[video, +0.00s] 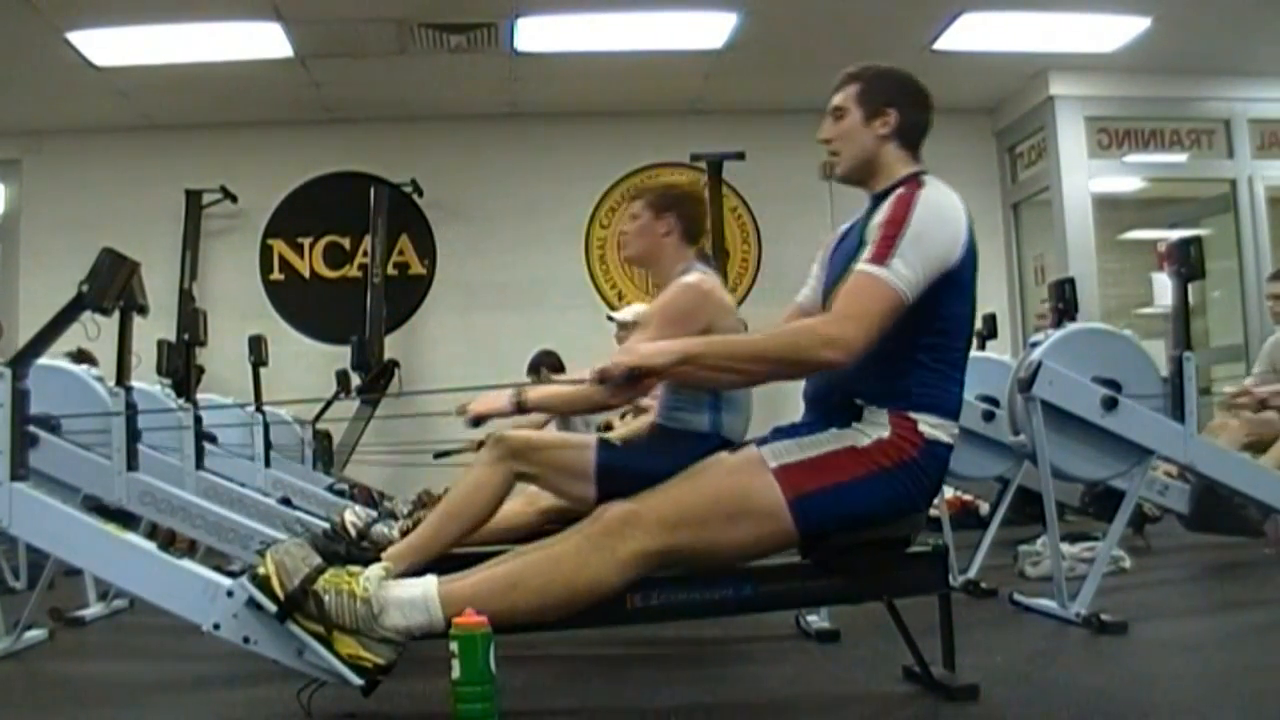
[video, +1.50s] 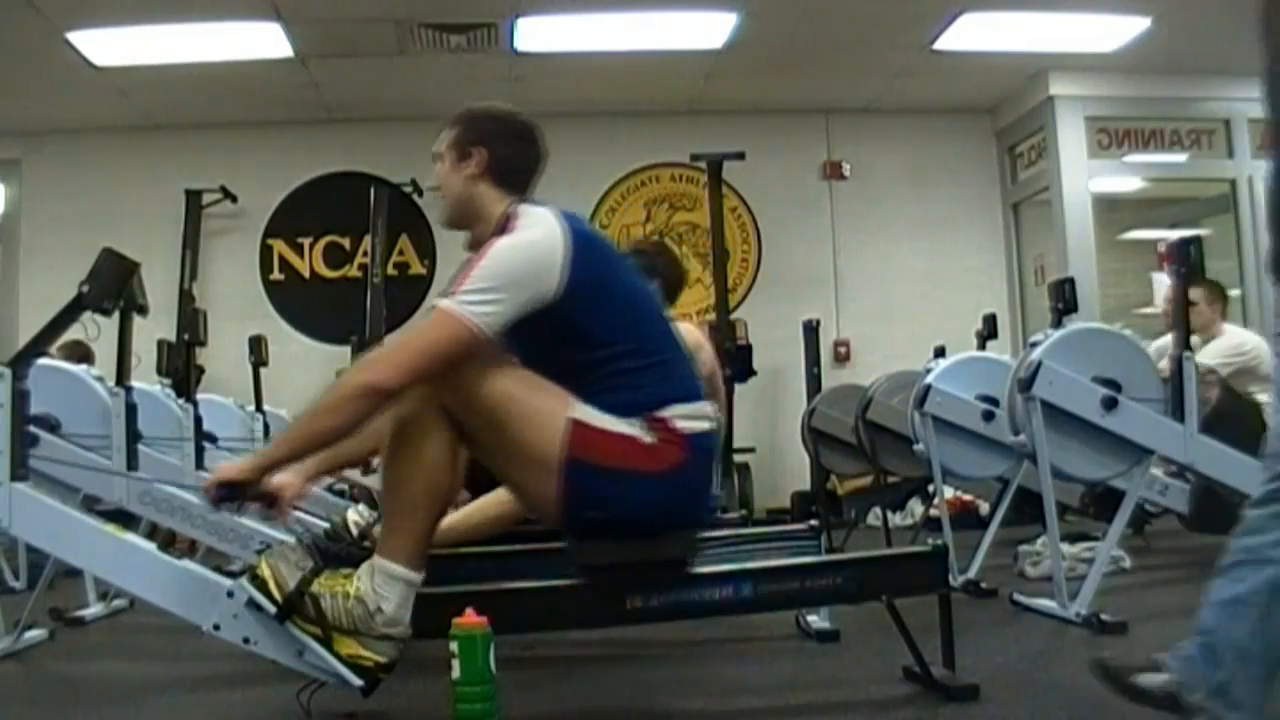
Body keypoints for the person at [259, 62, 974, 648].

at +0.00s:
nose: (822, 129)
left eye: (836, 115)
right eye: (826, 115)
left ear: (884, 124)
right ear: (873, 127)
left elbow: (837, 344)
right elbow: (789, 338)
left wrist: (662, 363)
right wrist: (665, 366)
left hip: (888, 441)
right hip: (830, 434)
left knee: (635, 525)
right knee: (609, 517)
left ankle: (396, 611)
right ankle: (397, 602)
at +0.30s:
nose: (836, 143)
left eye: (848, 124)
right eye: (837, 128)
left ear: (899, 122)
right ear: (892, 127)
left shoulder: (934, 199)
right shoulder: (892, 217)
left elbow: (975, 342)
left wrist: (821, 346)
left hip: (885, 440)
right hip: (849, 433)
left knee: (645, 524)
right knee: (633, 517)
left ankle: (398, 612)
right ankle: (397, 604)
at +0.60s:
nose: (810, 136)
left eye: (821, 119)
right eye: (812, 123)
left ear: (870, 121)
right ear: (870, 129)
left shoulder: (916, 201)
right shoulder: (871, 222)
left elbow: (1009, 341)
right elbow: (837, 369)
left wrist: (852, 353)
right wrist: (739, 392)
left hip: (889, 444)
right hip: (849, 436)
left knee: (639, 518)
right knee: (615, 507)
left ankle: (408, 608)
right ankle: (401, 592)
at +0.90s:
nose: (736, 145)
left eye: (747, 126)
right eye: (738, 130)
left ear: (793, 125)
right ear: (790, 130)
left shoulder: (843, 204)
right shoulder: (805, 221)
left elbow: (797, 373)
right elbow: (765, 369)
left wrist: (638, 407)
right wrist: (644, 399)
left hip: (871, 444)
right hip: (823, 437)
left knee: (618, 484)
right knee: (601, 469)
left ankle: (398, 613)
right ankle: (389, 589)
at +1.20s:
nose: (582, 163)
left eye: (593, 143)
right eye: (586, 146)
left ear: (637, 147)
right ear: (639, 149)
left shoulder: (696, 224)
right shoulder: (673, 231)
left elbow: (563, 373)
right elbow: (584, 379)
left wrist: (428, 443)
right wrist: (456, 452)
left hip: (788, 455)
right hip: (748, 448)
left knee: (551, 408)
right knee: (536, 428)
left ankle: (391, 604)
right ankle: (388, 597)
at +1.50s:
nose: (431, 177)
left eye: (440, 160)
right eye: (434, 161)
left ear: (476, 164)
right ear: (486, 168)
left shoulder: (533, 242)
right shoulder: (502, 252)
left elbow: (385, 378)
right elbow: (408, 391)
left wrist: (261, 460)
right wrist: (306, 471)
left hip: (655, 464)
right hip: (629, 457)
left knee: (440, 378)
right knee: (438, 374)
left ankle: (385, 600)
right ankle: (384, 581)